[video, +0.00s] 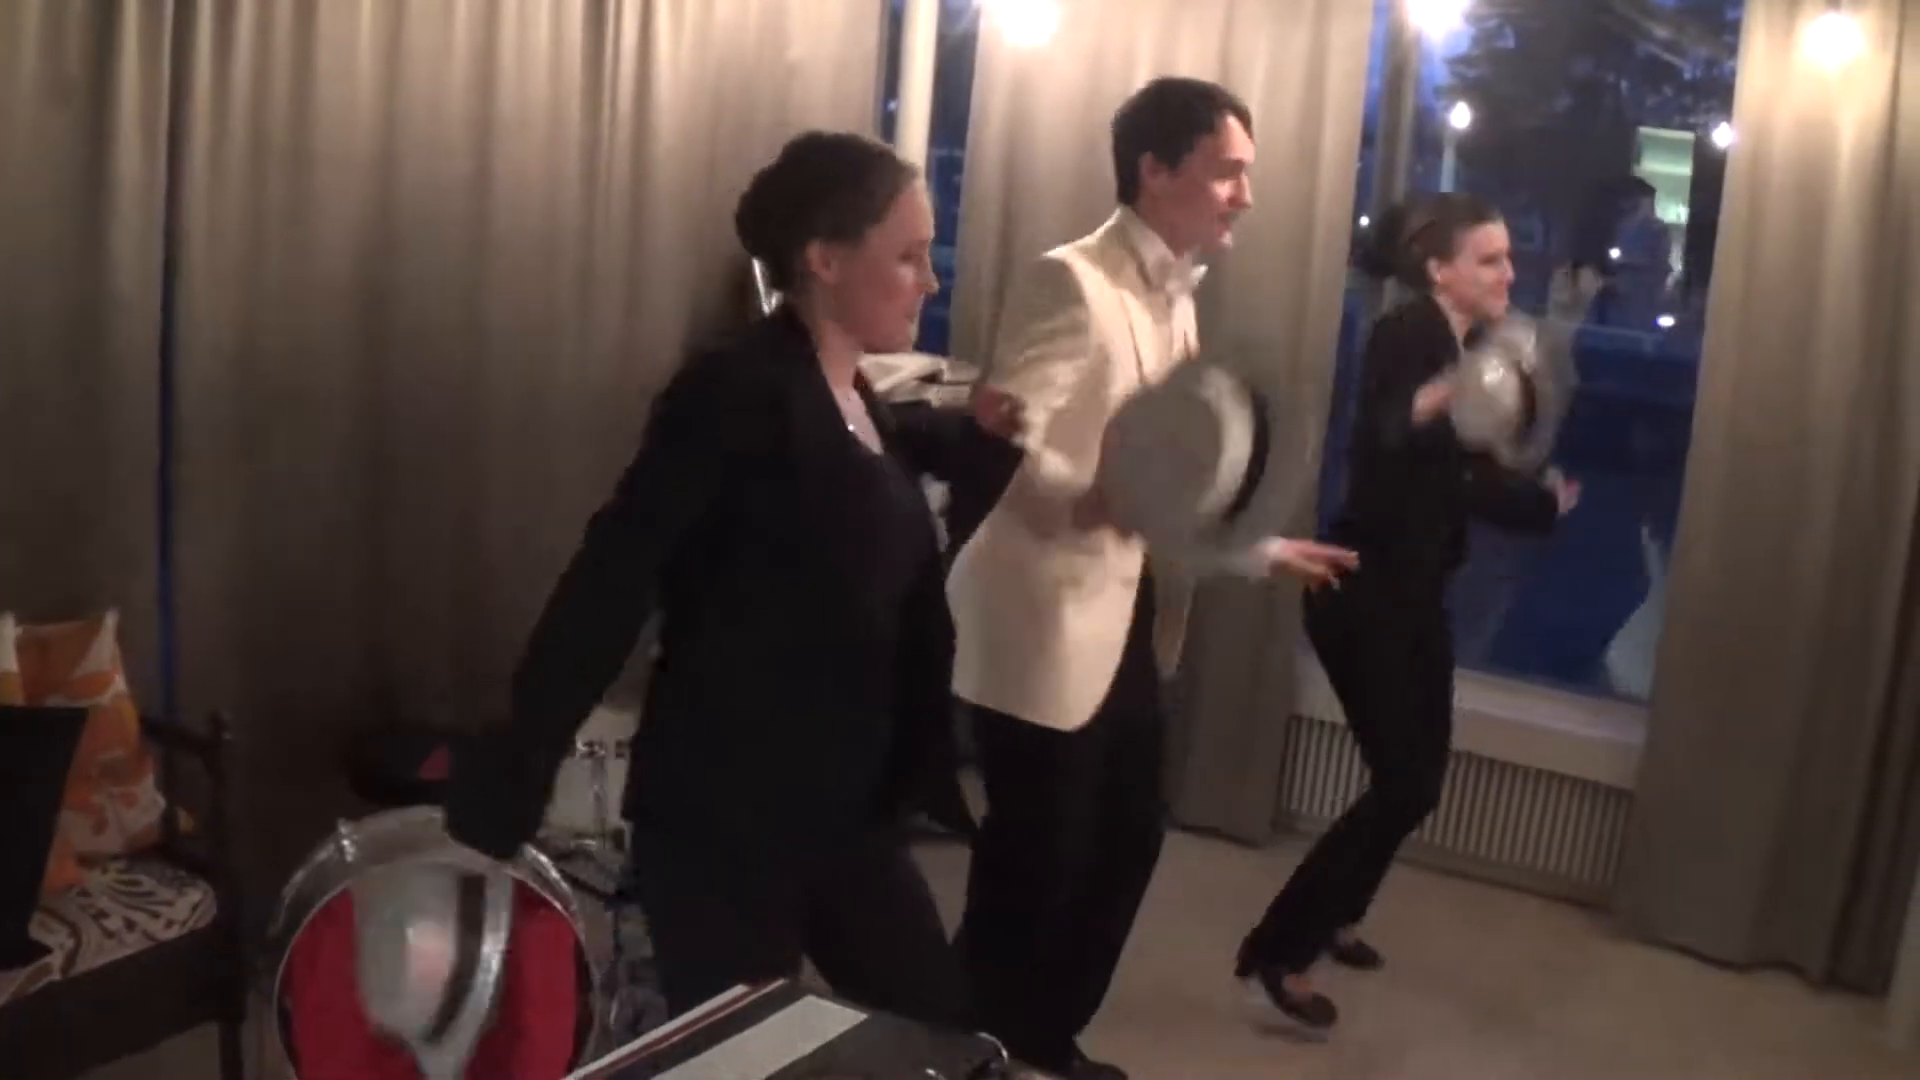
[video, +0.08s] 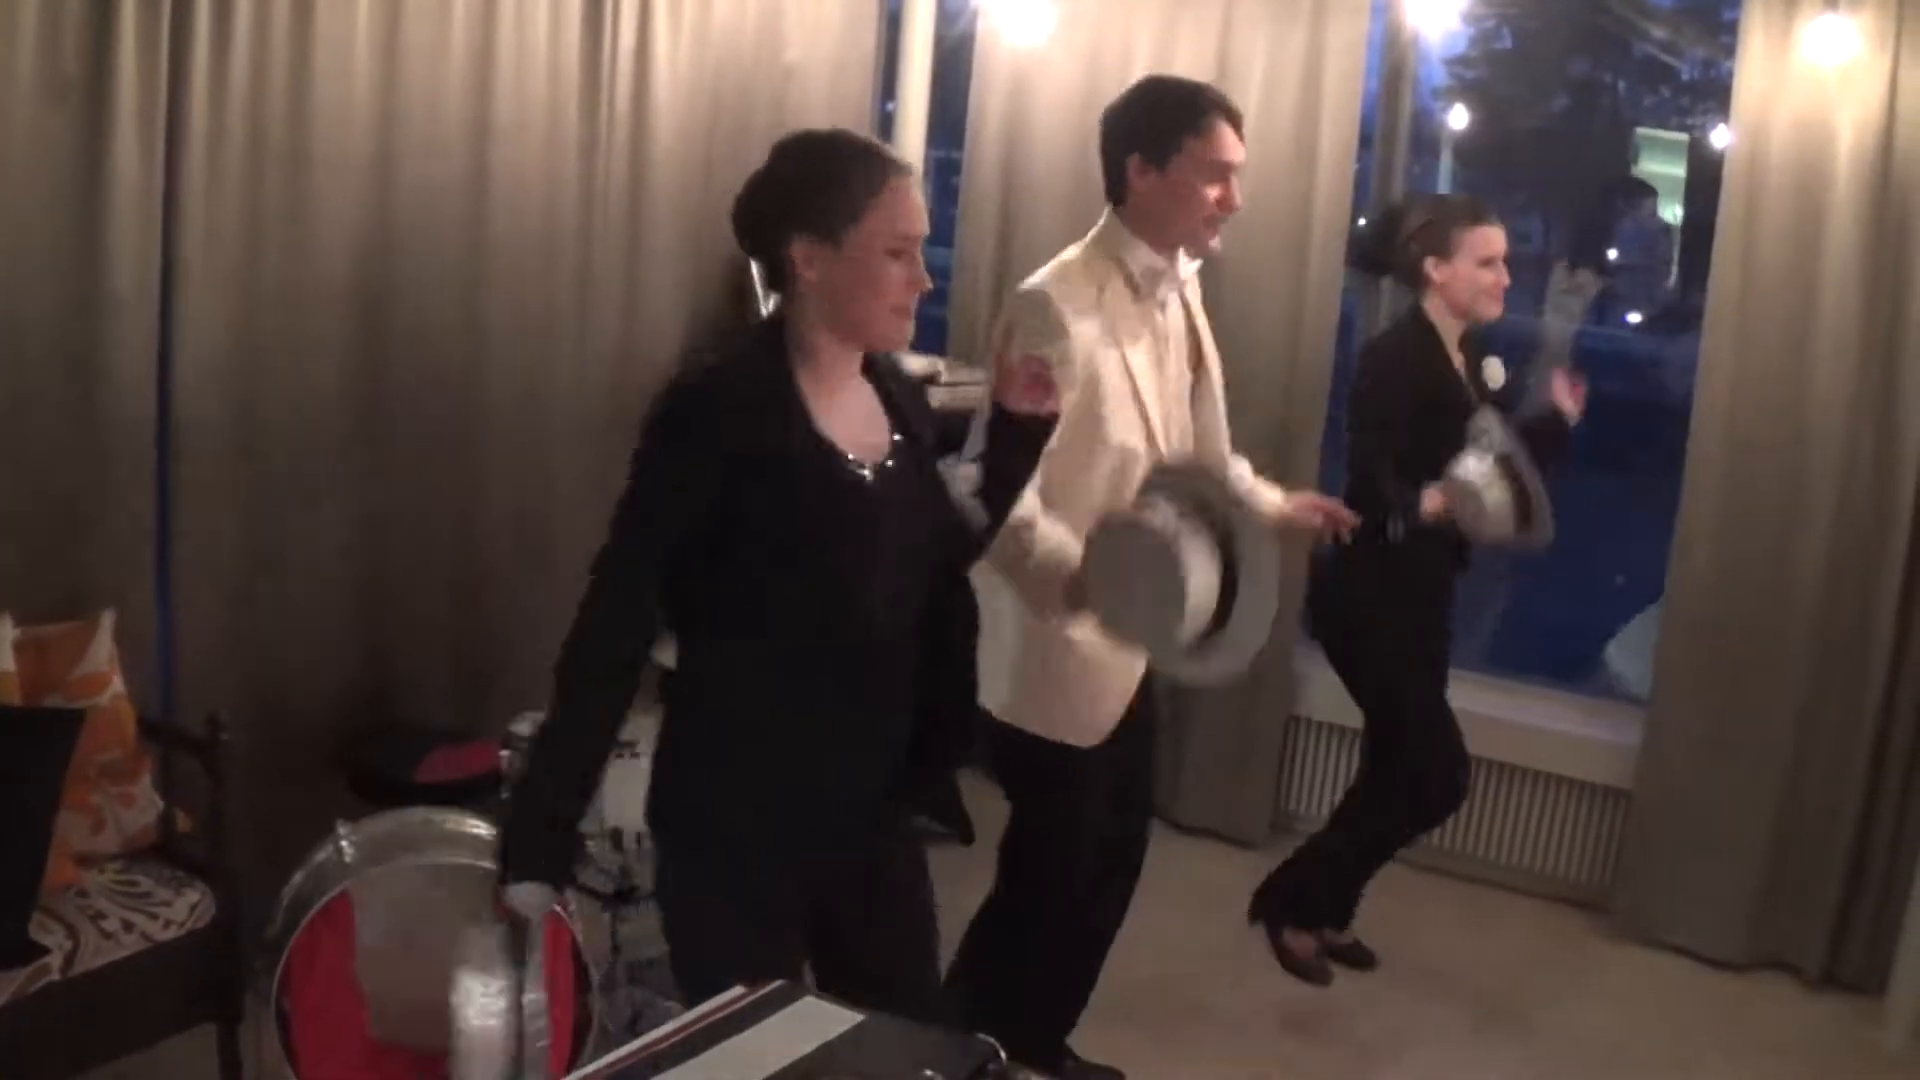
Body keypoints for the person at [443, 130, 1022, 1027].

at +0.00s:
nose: (929, 283)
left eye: (927, 259)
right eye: (909, 259)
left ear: (836, 263)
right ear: (822, 261)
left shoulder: (851, 397)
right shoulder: (729, 396)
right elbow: (605, 594)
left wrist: (972, 453)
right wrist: (506, 783)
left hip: (837, 812)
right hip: (724, 821)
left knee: (937, 1037)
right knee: (728, 1062)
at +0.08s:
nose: (922, 280)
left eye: (921, 254)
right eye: (898, 253)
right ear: (808, 258)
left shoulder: (893, 397)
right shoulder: (714, 411)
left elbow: (943, 563)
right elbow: (613, 632)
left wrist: (1015, 434)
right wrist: (536, 844)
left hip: (867, 810)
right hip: (735, 820)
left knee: (908, 1050)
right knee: (751, 1057)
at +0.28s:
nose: (889, 290)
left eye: (897, 261)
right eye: (861, 263)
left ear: (905, 259)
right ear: (766, 262)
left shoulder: (922, 386)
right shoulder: (670, 439)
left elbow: (1036, 522)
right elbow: (632, 652)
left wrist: (1137, 431)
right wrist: (615, 833)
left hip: (901, 805)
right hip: (753, 816)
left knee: (846, 1044)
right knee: (720, 1045)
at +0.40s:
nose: (888, 307)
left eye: (896, 276)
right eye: (857, 278)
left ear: (908, 272)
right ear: (764, 277)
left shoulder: (921, 401)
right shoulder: (659, 441)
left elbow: (1015, 550)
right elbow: (606, 646)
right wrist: (591, 820)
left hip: (897, 819)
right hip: (744, 825)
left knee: (852, 1051)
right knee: (722, 1054)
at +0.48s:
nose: (899, 308)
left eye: (908, 280)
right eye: (872, 281)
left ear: (917, 272)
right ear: (778, 276)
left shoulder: (920, 406)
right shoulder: (659, 433)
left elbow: (995, 572)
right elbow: (583, 629)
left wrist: (1123, 681)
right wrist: (584, 816)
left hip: (885, 811)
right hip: (727, 816)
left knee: (870, 1048)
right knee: (732, 1050)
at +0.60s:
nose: (930, 299)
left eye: (937, 271)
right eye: (906, 270)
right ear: (811, 257)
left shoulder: (922, 413)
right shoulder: (677, 419)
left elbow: (937, 633)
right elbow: (580, 616)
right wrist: (660, 815)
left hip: (884, 817)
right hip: (703, 826)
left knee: (881, 1052)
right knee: (714, 1055)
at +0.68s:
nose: (953, 289)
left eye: (957, 262)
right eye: (929, 261)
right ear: (834, 253)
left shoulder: (916, 416)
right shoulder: (704, 407)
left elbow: (923, 613)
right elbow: (608, 613)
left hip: (861, 824)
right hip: (702, 830)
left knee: (863, 1053)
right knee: (701, 1060)